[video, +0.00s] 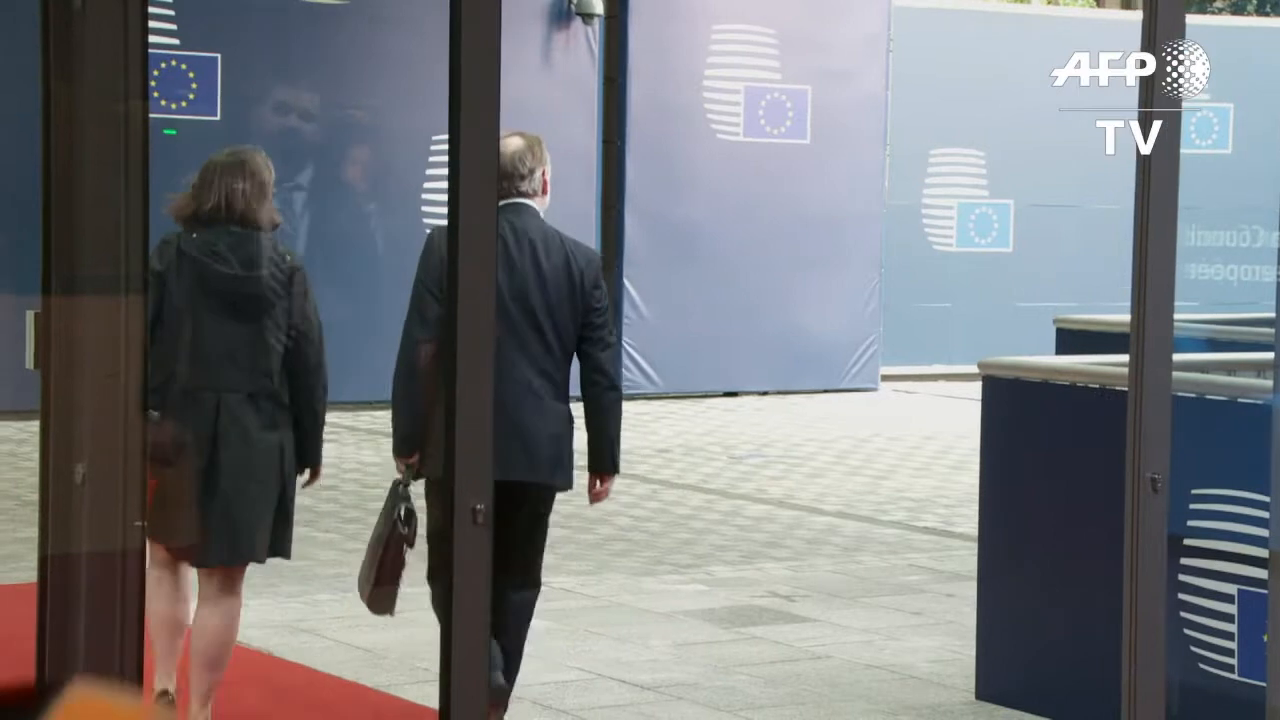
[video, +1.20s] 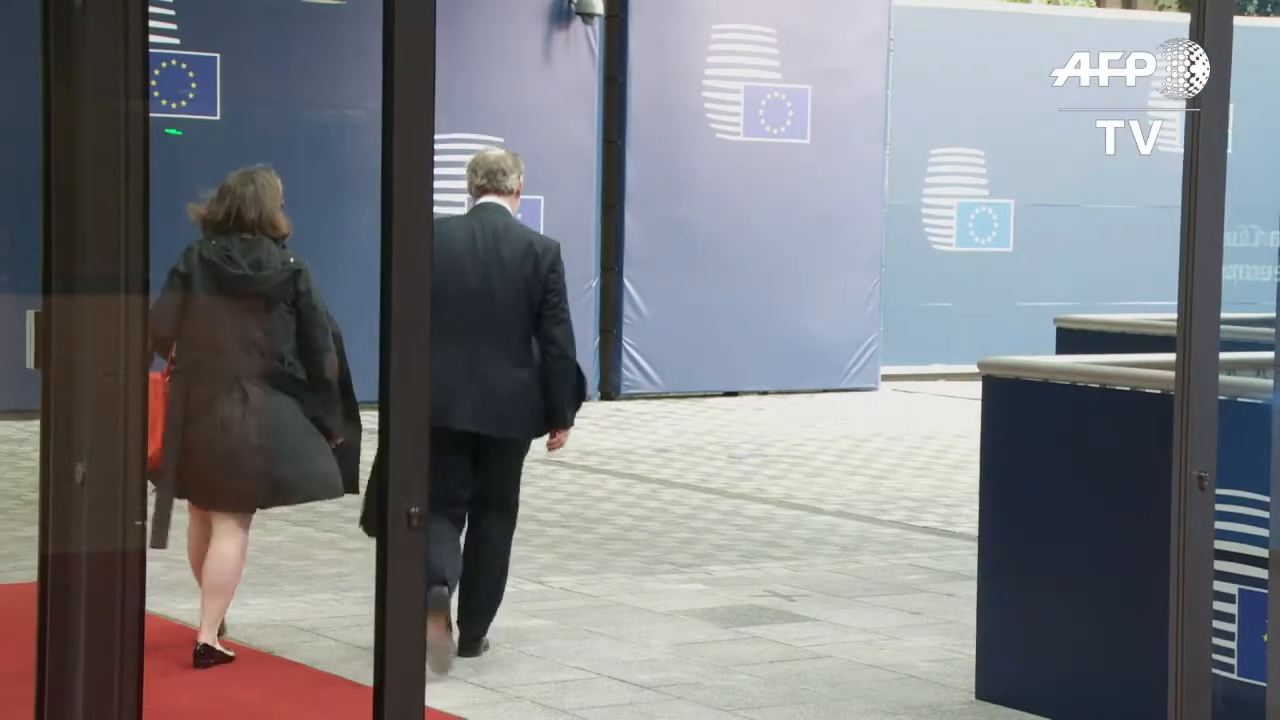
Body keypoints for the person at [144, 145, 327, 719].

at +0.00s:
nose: (273, 200)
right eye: (269, 191)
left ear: (202, 192)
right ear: (263, 198)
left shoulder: (166, 260)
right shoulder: (285, 269)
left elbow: (139, 347)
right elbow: (308, 368)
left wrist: (141, 419)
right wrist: (310, 447)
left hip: (173, 434)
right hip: (253, 441)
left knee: (164, 558)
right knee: (223, 581)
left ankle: (161, 688)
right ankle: (198, 710)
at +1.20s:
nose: (283, 211)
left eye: (280, 202)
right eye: (279, 204)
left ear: (222, 206)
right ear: (270, 210)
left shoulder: (192, 262)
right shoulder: (290, 270)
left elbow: (159, 331)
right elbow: (323, 358)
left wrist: (184, 360)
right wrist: (331, 420)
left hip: (195, 403)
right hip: (255, 407)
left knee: (200, 516)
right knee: (230, 522)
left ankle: (216, 614)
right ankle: (207, 637)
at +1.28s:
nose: (285, 216)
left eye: (283, 208)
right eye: (281, 209)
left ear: (224, 210)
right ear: (273, 215)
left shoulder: (194, 266)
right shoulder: (291, 274)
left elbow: (161, 333)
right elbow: (320, 357)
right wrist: (332, 419)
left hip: (200, 406)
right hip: (259, 408)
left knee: (210, 517)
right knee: (234, 523)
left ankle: (224, 612)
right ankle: (210, 629)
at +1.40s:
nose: (285, 211)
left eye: (282, 202)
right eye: (281, 204)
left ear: (228, 205)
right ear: (272, 210)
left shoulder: (196, 259)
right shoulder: (290, 268)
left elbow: (167, 328)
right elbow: (315, 352)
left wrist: (190, 347)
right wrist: (329, 420)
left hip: (205, 402)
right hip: (266, 403)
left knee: (215, 512)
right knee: (256, 516)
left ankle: (220, 603)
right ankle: (225, 587)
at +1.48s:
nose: (288, 208)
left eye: (287, 199)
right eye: (285, 200)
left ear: (231, 200)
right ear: (273, 205)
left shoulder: (200, 253)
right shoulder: (290, 261)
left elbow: (168, 319)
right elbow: (311, 340)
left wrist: (195, 344)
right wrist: (319, 404)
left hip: (205, 392)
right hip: (264, 393)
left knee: (216, 505)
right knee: (266, 493)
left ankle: (224, 609)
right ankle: (241, 575)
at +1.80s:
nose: (305, 219)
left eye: (303, 212)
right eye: (303, 213)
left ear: (251, 211)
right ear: (294, 218)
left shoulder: (218, 260)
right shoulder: (305, 273)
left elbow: (187, 320)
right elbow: (314, 350)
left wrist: (198, 348)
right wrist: (315, 413)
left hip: (218, 392)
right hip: (275, 397)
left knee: (226, 499)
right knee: (271, 496)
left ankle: (226, 601)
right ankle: (261, 585)